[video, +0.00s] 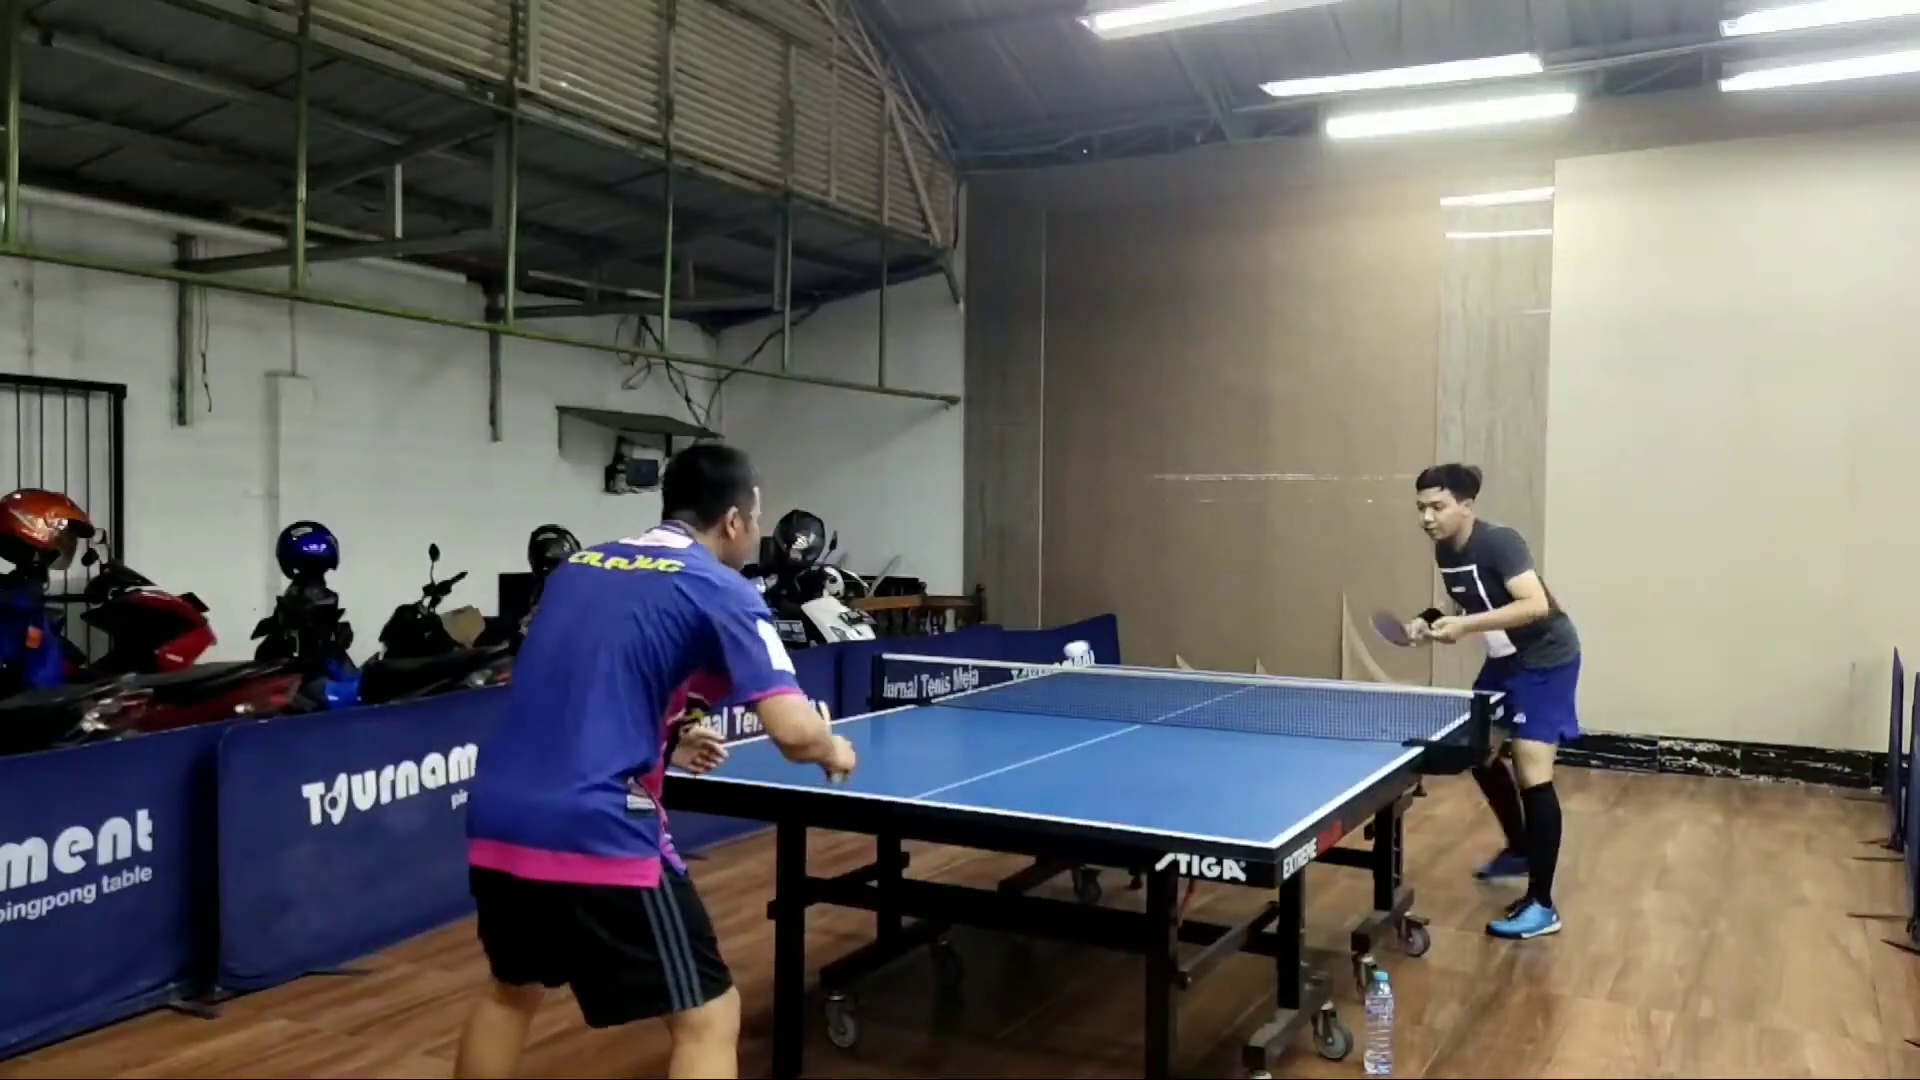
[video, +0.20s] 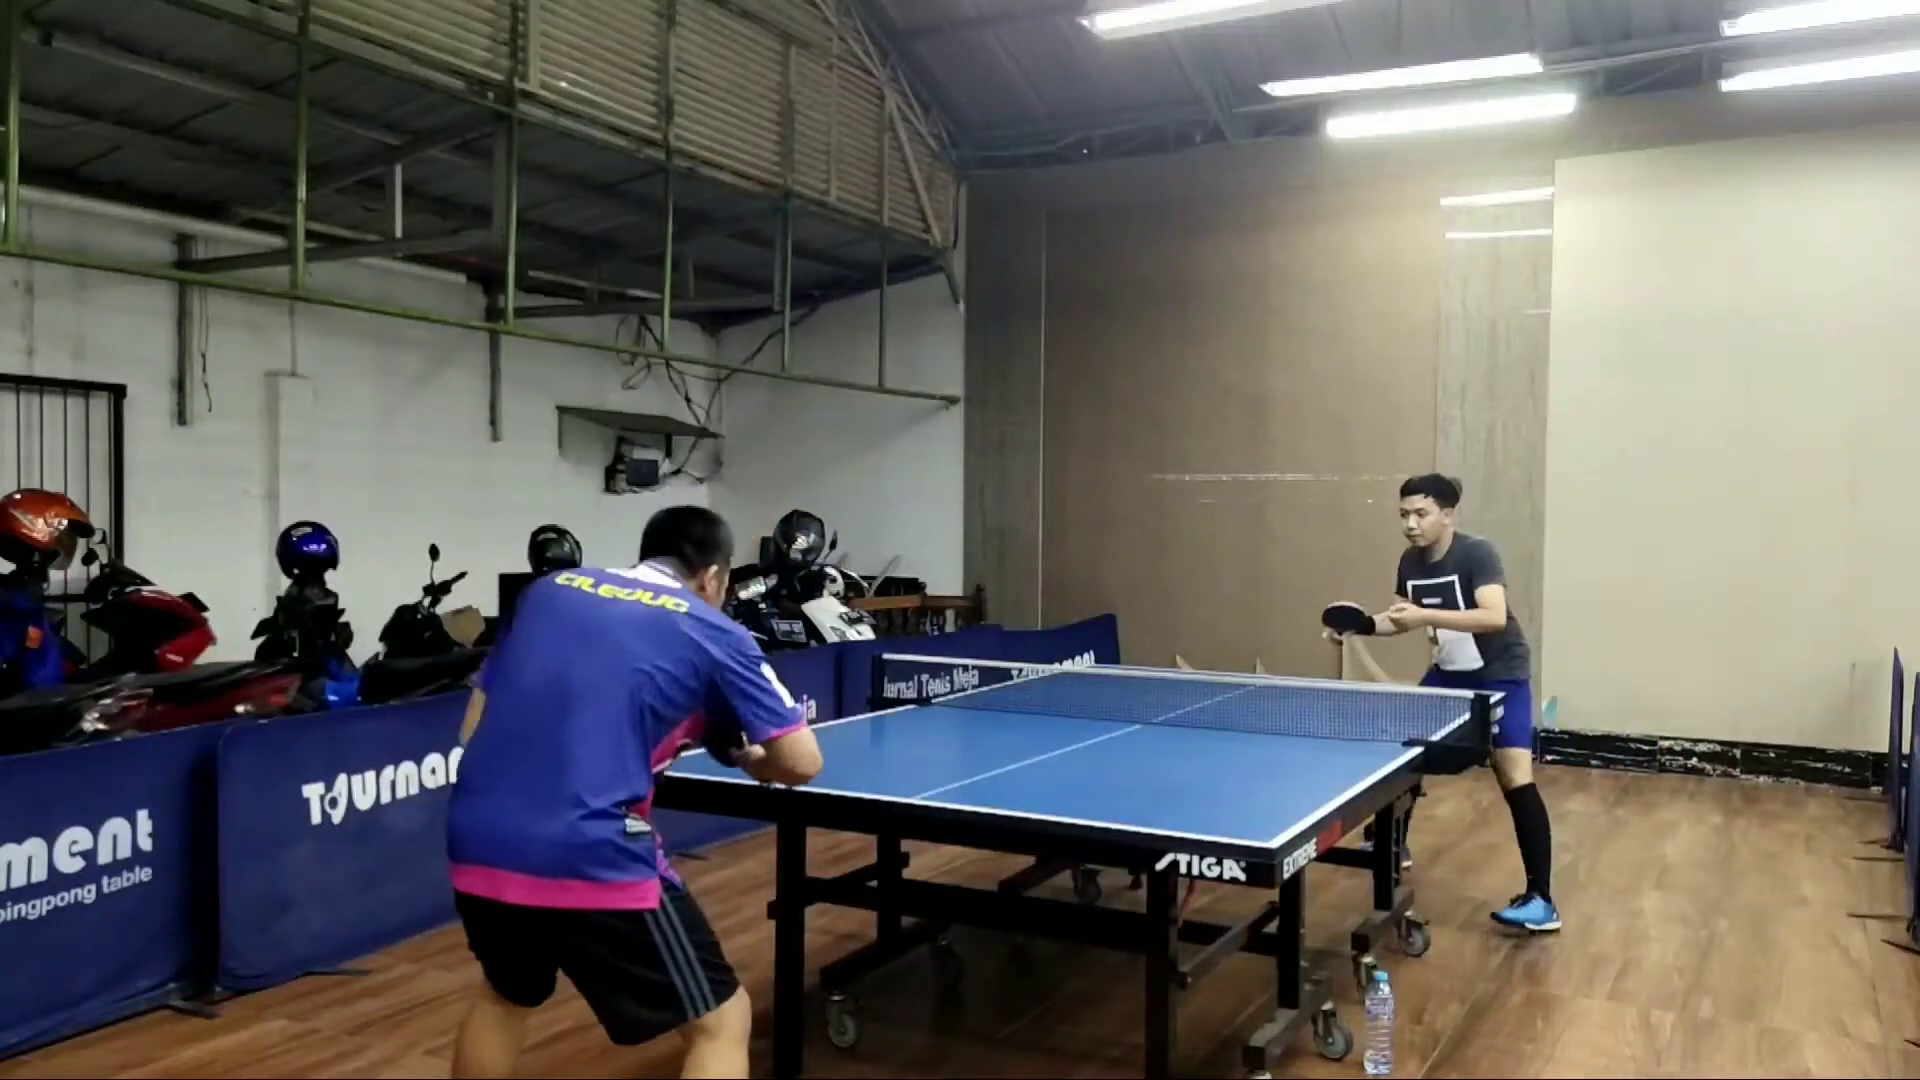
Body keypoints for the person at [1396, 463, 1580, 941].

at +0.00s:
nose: (1427, 517)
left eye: (1436, 506)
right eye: (1422, 509)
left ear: (1465, 505)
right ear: (1423, 511)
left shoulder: (1500, 543)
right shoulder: (1446, 551)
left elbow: (1537, 606)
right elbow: (1472, 606)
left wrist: (1466, 624)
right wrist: (1434, 621)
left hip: (1545, 659)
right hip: (1502, 660)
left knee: (1531, 767)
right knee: (1476, 750)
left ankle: (1542, 903)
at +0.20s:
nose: (1410, 523)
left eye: (1419, 514)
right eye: (1405, 515)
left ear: (1447, 514)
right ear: (1402, 519)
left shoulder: (1477, 553)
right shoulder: (1410, 563)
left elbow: (1495, 618)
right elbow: (1405, 619)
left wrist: (1424, 617)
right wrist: (1360, 624)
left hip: (1500, 678)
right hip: (1444, 676)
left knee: (1514, 774)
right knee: (1400, 746)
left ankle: (1540, 898)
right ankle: (1392, 842)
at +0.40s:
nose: (1388, 513)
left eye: (1397, 504)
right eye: (1382, 506)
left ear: (1424, 503)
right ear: (1380, 510)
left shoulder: (1451, 543)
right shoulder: (1397, 559)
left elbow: (1461, 603)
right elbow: (1400, 618)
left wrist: (1392, 611)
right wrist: (1358, 634)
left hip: (1482, 668)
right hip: (1432, 666)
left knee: (1490, 770)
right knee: (1385, 742)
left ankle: (1551, 878)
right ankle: (1390, 842)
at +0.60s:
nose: (1396, 523)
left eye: (1404, 513)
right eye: (1389, 516)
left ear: (1430, 513)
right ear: (1386, 521)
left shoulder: (1455, 549)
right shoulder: (1407, 570)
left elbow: (1472, 602)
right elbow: (1411, 625)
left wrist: (1407, 599)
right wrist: (1388, 645)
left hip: (1491, 675)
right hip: (1441, 674)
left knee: (1499, 777)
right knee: (1387, 738)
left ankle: (1561, 881)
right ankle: (1389, 841)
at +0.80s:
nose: (1439, 528)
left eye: (1448, 518)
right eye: (1432, 520)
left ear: (1471, 516)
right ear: (1426, 522)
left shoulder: (1501, 554)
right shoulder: (1423, 571)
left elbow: (1530, 606)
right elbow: (1393, 623)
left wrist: (1477, 603)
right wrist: (1399, 651)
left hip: (1508, 679)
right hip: (1451, 683)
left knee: (1510, 768)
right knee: (1392, 747)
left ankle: (1563, 881)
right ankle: (1389, 844)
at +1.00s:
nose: (1465, 496)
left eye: (1475, 487)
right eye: (1457, 488)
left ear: (1496, 490)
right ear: (1450, 493)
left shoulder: (1523, 537)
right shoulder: (1438, 548)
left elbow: (1560, 593)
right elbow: (1399, 597)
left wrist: (1541, 615)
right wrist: (1359, 571)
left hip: (1516, 666)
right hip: (1459, 665)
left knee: (1525, 762)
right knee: (1413, 744)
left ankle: (1565, 879)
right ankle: (1394, 843)